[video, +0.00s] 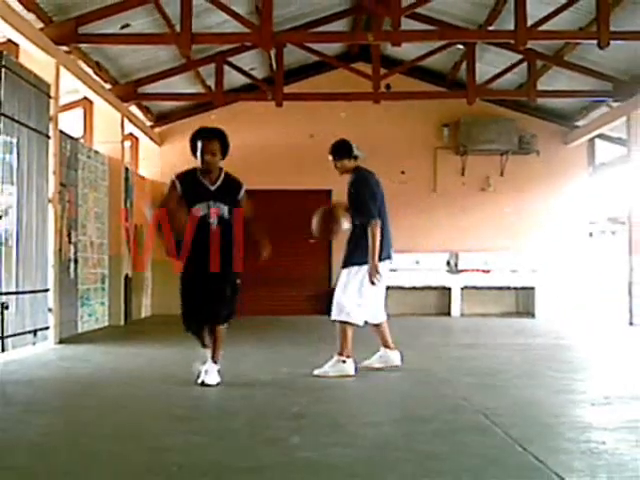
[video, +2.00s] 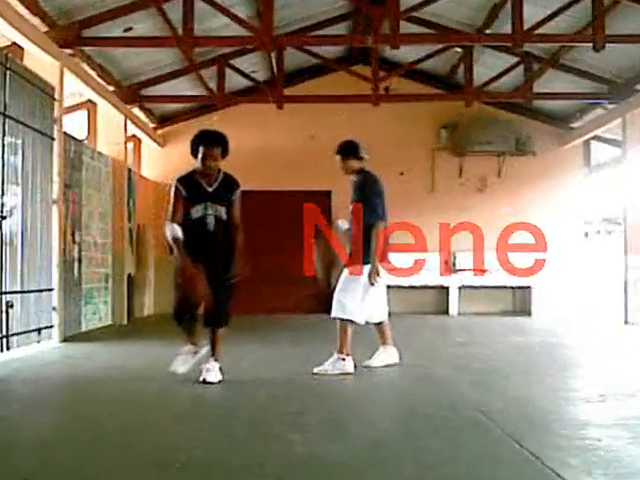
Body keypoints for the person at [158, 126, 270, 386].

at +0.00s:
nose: (209, 157)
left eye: (214, 152)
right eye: (205, 152)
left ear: (223, 154)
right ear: (198, 154)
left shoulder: (235, 186)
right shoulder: (183, 182)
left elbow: (249, 219)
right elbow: (167, 211)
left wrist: (263, 241)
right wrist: (172, 240)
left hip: (225, 262)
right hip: (194, 261)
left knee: (218, 316)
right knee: (193, 317)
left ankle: (215, 363)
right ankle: (208, 351)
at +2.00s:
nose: (212, 163)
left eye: (217, 157)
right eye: (208, 157)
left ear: (223, 157)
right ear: (198, 156)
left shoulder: (230, 185)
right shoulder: (184, 184)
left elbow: (236, 225)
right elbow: (174, 223)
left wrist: (239, 257)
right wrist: (179, 251)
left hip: (221, 254)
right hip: (192, 253)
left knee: (218, 307)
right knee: (186, 303)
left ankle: (214, 359)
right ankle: (192, 345)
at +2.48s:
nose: (186, 179)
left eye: (189, 174)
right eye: (182, 174)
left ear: (199, 167)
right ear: (177, 171)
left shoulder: (214, 186)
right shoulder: (172, 189)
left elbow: (234, 209)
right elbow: (151, 219)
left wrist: (247, 195)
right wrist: (130, 250)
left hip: (203, 250)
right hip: (177, 251)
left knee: (192, 291)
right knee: (175, 298)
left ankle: (203, 338)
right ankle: (185, 348)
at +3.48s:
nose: (136, 170)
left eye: (140, 165)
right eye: (132, 165)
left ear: (151, 160)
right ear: (126, 162)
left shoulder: (167, 183)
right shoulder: (121, 183)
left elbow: (194, 207)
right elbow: (101, 207)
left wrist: (193, 223)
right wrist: (85, 210)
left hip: (163, 257)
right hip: (133, 258)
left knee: (167, 308)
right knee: (126, 311)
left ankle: (180, 348)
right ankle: (124, 357)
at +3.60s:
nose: (130, 171)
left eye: (135, 166)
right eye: (126, 166)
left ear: (145, 160)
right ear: (120, 163)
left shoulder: (161, 181)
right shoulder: (115, 184)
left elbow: (184, 209)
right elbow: (103, 215)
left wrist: (183, 230)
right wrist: (91, 217)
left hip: (157, 254)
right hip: (128, 255)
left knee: (161, 307)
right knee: (123, 309)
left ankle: (175, 345)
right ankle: (124, 357)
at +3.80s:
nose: (120, 172)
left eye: (124, 167)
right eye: (116, 167)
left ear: (136, 161)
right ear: (112, 165)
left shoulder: (154, 179)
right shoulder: (108, 190)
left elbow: (174, 208)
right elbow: (108, 223)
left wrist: (179, 244)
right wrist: (109, 249)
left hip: (153, 250)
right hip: (125, 252)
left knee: (147, 302)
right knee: (121, 305)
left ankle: (162, 344)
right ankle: (123, 356)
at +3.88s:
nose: (120, 171)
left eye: (124, 166)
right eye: (116, 167)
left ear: (135, 161)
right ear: (111, 166)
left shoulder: (154, 178)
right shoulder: (108, 191)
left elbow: (173, 205)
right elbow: (111, 230)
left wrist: (185, 236)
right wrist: (126, 244)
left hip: (154, 247)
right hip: (125, 250)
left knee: (147, 298)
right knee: (121, 303)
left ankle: (160, 343)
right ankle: (123, 357)